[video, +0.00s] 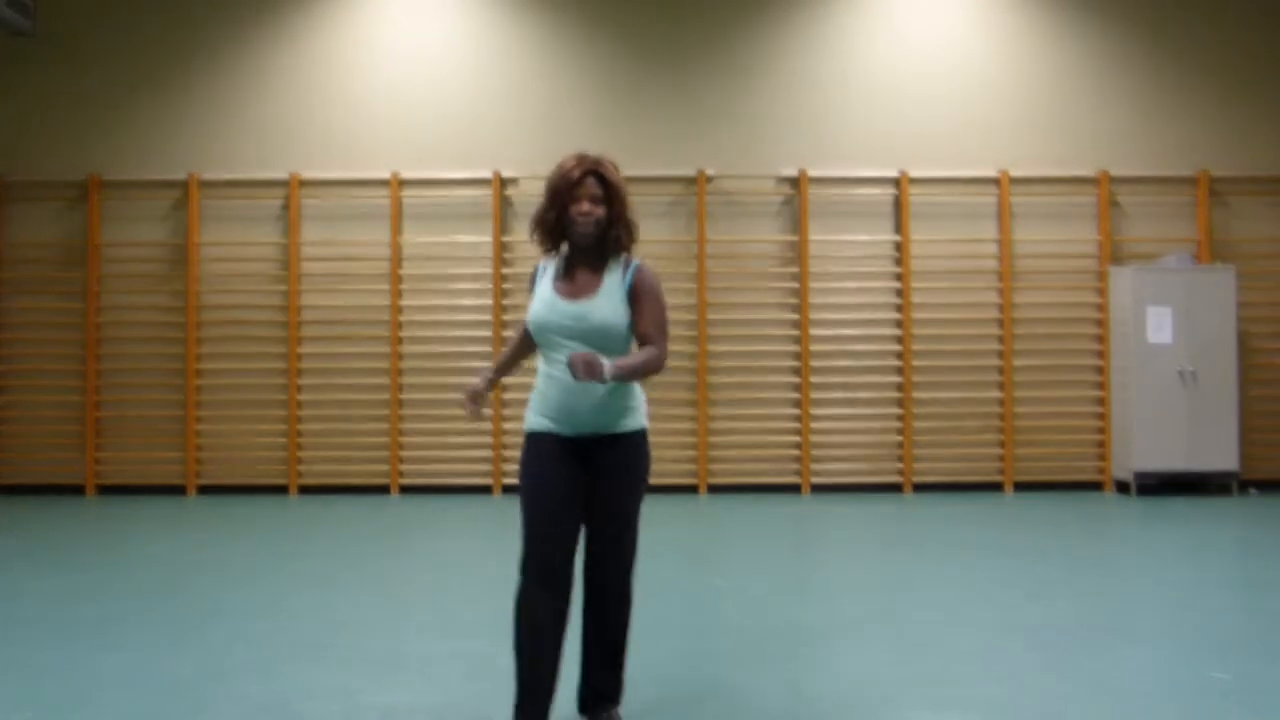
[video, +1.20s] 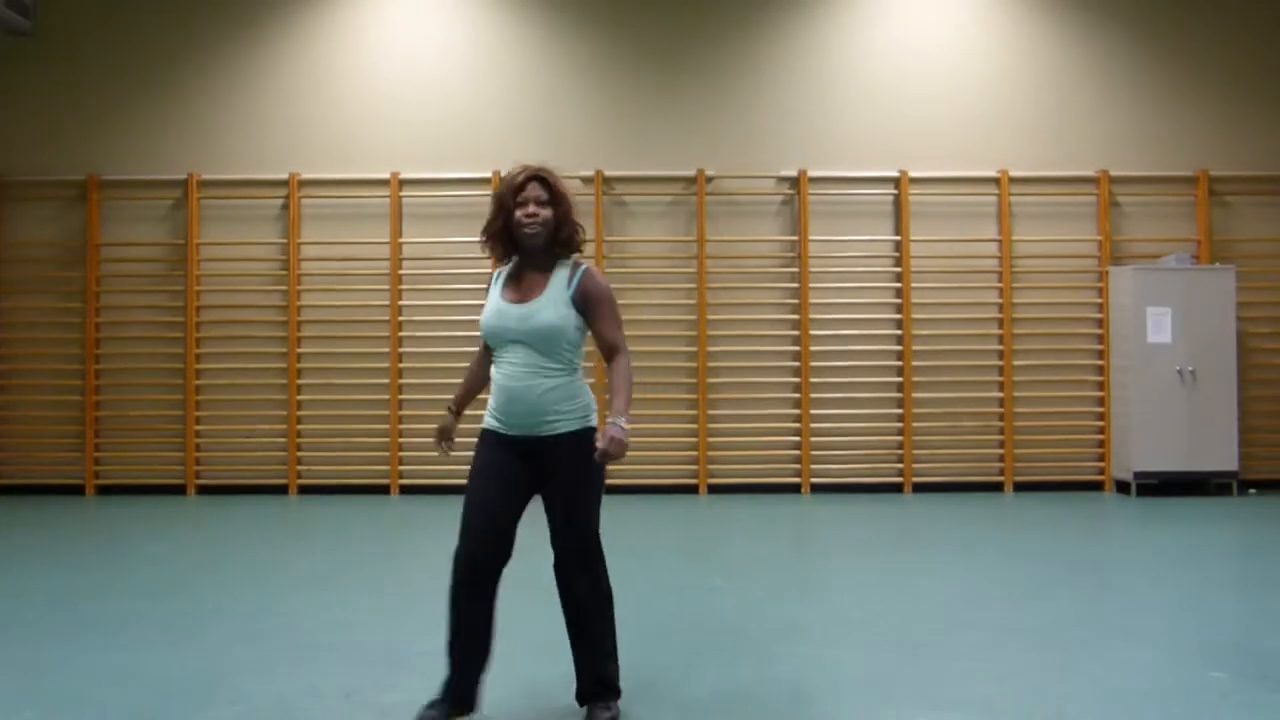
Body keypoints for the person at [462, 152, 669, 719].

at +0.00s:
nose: (586, 210)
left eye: (596, 201)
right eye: (576, 200)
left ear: (612, 211)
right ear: (559, 209)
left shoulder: (635, 276)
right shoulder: (544, 272)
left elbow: (655, 353)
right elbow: (530, 334)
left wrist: (610, 368)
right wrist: (490, 378)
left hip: (618, 443)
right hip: (550, 440)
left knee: (610, 580)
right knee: (543, 577)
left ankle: (601, 707)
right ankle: (530, 712)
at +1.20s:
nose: (533, 212)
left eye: (543, 203)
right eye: (523, 204)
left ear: (559, 214)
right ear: (508, 216)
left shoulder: (583, 280)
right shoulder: (500, 279)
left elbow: (617, 353)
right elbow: (488, 354)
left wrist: (619, 420)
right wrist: (454, 411)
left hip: (569, 443)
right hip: (502, 441)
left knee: (579, 567)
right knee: (473, 562)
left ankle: (600, 697)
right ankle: (459, 693)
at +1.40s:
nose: (504, 224)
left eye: (514, 216)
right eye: (494, 216)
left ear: (530, 226)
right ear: (477, 227)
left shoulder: (549, 295)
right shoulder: (462, 287)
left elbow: (579, 368)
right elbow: (438, 351)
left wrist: (586, 422)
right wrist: (386, 375)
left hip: (525, 448)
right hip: (457, 447)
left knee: (548, 568)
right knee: (436, 566)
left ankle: (598, 697)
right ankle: (406, 697)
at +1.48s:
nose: (489, 226)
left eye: (499, 217)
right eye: (478, 218)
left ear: (515, 228)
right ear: (461, 228)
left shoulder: (533, 299)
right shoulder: (441, 290)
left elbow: (561, 374)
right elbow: (402, 353)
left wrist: (572, 424)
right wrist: (355, 359)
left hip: (500, 450)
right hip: (434, 447)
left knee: (515, 566)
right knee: (416, 568)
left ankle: (585, 691)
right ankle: (409, 695)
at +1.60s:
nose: (466, 224)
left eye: (476, 216)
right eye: (455, 216)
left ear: (490, 226)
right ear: (438, 226)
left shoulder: (513, 298)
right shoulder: (416, 288)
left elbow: (539, 373)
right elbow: (376, 352)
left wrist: (562, 425)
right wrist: (358, 333)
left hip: (476, 443)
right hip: (411, 442)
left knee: (461, 557)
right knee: (403, 569)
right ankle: (408, 690)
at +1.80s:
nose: (428, 219)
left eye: (439, 212)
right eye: (418, 213)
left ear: (458, 226)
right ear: (403, 227)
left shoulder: (480, 298)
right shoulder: (385, 287)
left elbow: (519, 371)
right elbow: (329, 341)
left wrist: (555, 428)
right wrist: (349, 322)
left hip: (446, 447)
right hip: (380, 443)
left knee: (447, 570)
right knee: (348, 556)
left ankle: (473, 692)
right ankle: (362, 674)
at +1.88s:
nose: (410, 218)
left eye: (422, 211)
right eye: (401, 211)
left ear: (440, 226)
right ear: (387, 225)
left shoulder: (464, 297)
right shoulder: (367, 287)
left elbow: (507, 366)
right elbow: (301, 316)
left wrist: (542, 417)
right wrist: (315, 316)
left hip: (429, 446)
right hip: (363, 443)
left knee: (441, 570)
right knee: (320, 563)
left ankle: (472, 694)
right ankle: (300, 676)